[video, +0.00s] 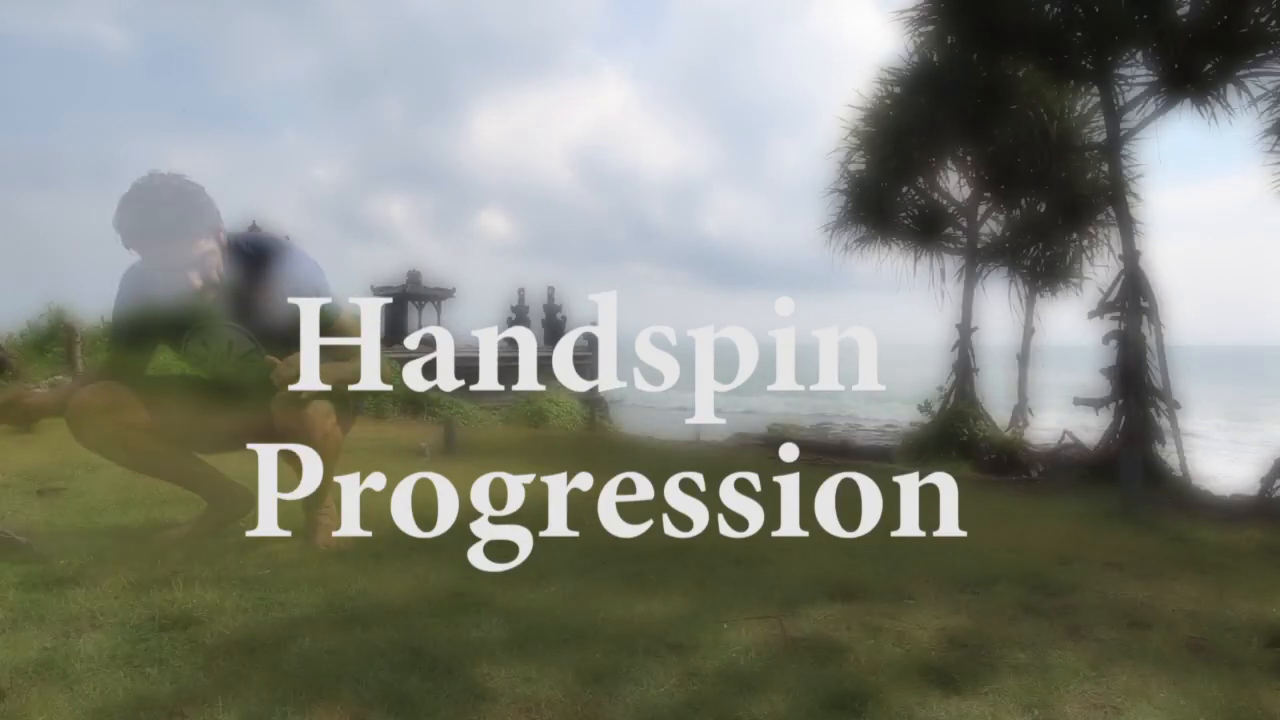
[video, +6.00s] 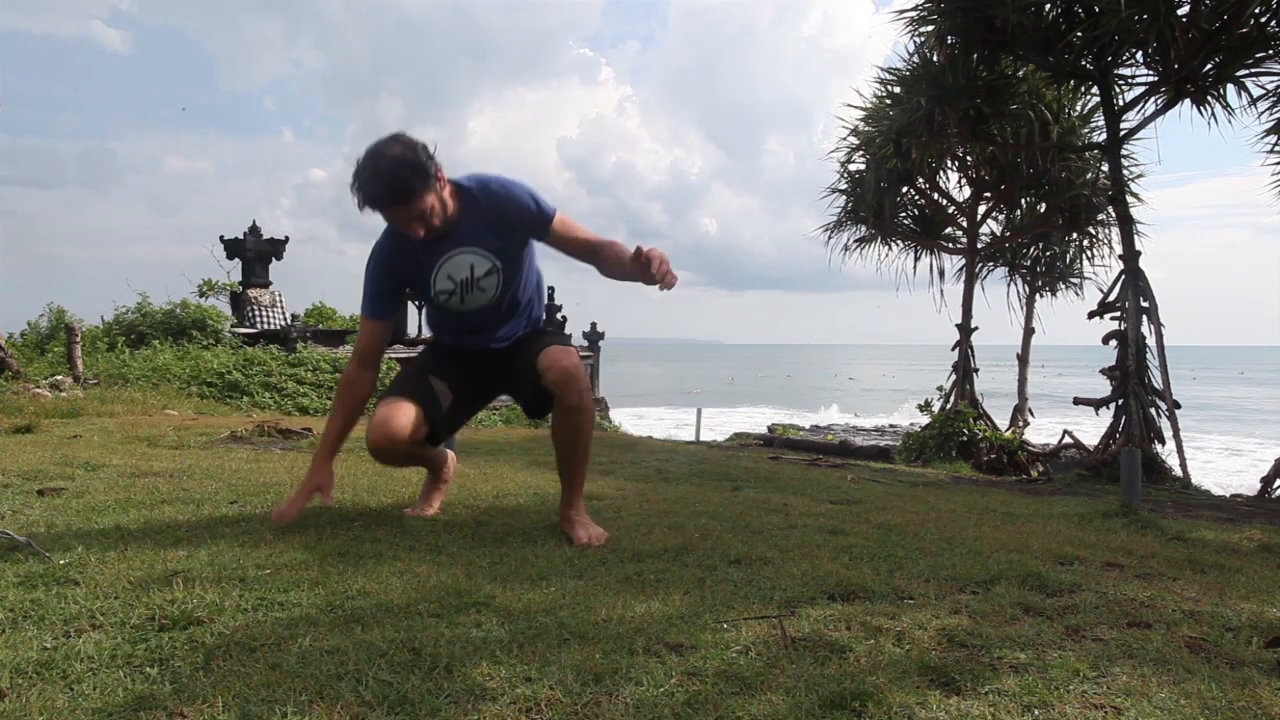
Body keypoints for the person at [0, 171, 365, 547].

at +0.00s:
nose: (185, 280)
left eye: (193, 263)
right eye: (166, 269)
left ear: (216, 238)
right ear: (146, 257)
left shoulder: (281, 267)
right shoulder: (143, 288)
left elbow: (361, 357)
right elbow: (118, 376)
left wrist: (307, 368)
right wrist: (44, 402)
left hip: (301, 404)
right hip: (221, 406)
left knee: (305, 407)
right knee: (94, 408)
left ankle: (321, 505)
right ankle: (226, 499)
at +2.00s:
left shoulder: (358, 17)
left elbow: (334, 121)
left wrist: (394, 171)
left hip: (311, 190)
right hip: (238, 165)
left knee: (352, 352)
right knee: (232, 345)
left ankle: (298, 519)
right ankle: (64, 463)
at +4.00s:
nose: (632, 411)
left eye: (642, 409)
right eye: (639, 405)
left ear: (656, 369)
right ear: (640, 377)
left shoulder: (637, 340)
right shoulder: (600, 342)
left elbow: (605, 419)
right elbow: (562, 424)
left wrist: (615, 494)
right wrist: (565, 520)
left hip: (606, 155)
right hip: (581, 137)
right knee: (509, 11)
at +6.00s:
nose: (415, 231)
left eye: (421, 215)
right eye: (399, 223)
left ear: (441, 182)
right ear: (383, 212)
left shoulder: (499, 199)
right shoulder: (390, 256)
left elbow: (591, 248)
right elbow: (363, 363)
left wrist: (638, 263)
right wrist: (322, 461)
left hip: (525, 343)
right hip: (454, 355)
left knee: (567, 370)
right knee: (385, 438)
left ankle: (574, 507)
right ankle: (443, 465)